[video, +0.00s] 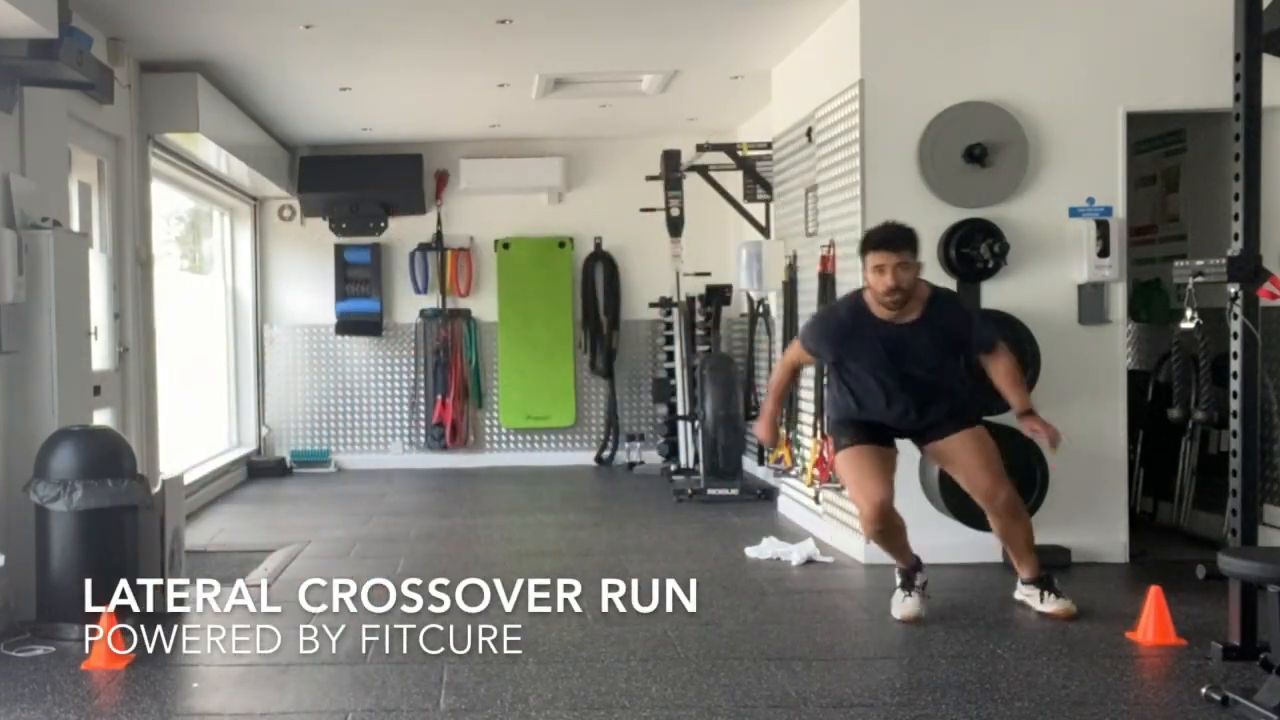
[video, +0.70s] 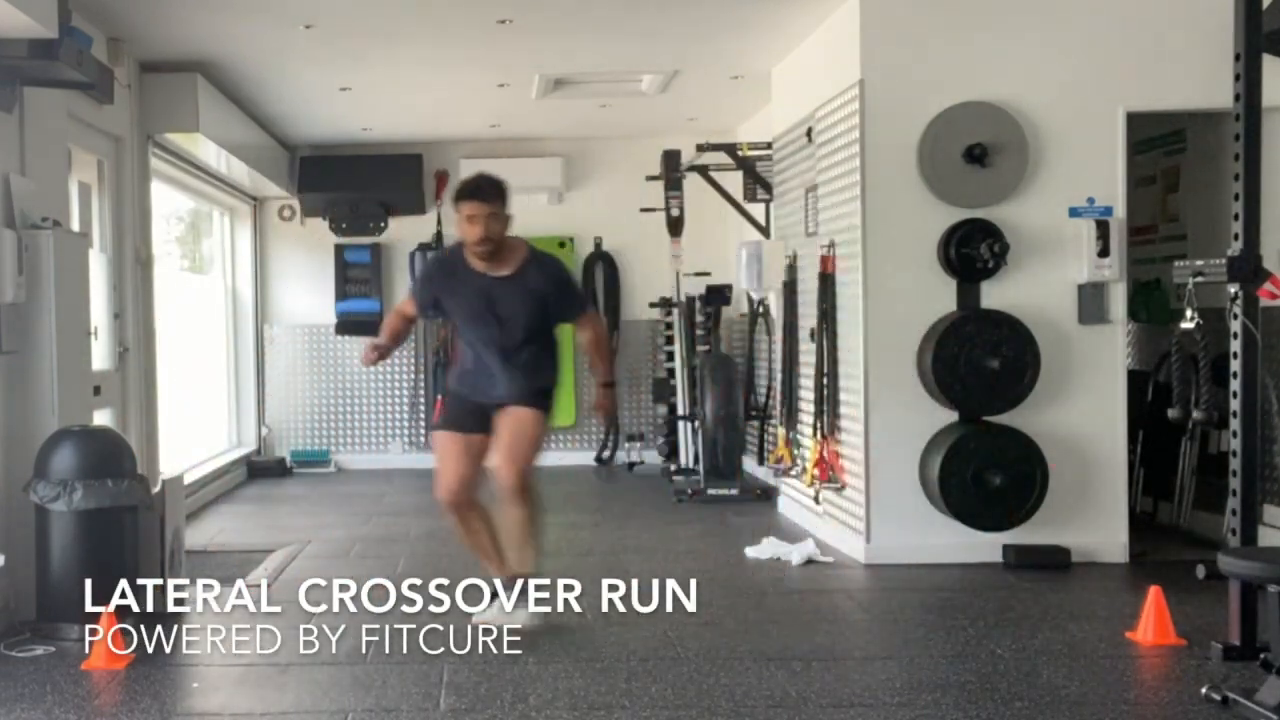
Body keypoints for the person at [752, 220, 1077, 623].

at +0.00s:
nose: (891, 280)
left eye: (901, 268)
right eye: (880, 270)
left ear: (917, 268)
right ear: (865, 273)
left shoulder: (946, 310)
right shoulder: (838, 320)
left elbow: (994, 352)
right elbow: (790, 361)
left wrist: (1024, 410)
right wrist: (768, 416)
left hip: (938, 410)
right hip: (861, 417)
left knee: (998, 492)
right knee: (874, 514)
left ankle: (1031, 582)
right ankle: (909, 572)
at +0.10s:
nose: (846, 271)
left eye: (856, 259)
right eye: (835, 260)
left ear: (874, 258)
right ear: (821, 260)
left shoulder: (903, 294)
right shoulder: (795, 310)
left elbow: (938, 334)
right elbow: (734, 345)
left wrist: (959, 384)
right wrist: (706, 409)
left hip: (903, 405)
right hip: (834, 416)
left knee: (966, 496)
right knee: (851, 518)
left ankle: (1029, 569)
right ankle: (914, 575)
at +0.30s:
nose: (755, 253)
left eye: (764, 240)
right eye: (743, 242)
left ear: (780, 237)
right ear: (729, 242)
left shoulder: (808, 280)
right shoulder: (705, 287)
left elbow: (850, 329)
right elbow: (646, 327)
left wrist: (884, 389)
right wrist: (656, 382)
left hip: (793, 388)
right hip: (732, 405)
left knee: (806, 471)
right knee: (795, 503)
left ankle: (811, 582)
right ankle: (872, 561)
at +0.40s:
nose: (688, 248)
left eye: (696, 237)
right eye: (677, 238)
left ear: (711, 234)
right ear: (663, 238)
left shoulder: (748, 282)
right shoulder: (643, 286)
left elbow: (807, 332)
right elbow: (615, 327)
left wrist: (837, 396)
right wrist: (612, 391)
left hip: (738, 402)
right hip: (675, 409)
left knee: (757, 491)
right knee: (688, 508)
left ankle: (787, 603)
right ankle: (725, 540)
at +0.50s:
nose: (606, 239)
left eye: (615, 227)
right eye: (595, 228)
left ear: (630, 224)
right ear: (582, 230)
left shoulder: (671, 273)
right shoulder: (570, 274)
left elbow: (730, 318)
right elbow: (552, 305)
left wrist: (753, 384)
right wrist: (539, 365)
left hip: (678, 390)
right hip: (609, 389)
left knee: (720, 488)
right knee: (568, 487)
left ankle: (778, 592)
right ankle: (572, 573)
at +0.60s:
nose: (536, 234)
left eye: (545, 222)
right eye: (526, 223)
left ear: (561, 222)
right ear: (513, 225)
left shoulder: (600, 269)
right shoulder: (501, 273)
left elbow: (654, 321)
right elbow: (468, 314)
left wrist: (673, 375)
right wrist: (439, 364)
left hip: (601, 388)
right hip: (538, 390)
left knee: (621, 481)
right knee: (507, 494)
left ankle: (699, 573)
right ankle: (513, 594)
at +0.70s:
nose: (480, 231)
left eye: (490, 219)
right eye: (470, 220)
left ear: (505, 219)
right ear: (457, 222)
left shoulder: (543, 271)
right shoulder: (443, 271)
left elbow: (590, 324)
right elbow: (405, 313)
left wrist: (604, 385)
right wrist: (385, 343)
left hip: (526, 387)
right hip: (467, 385)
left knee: (508, 474)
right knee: (451, 491)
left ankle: (524, 588)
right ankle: (504, 581)